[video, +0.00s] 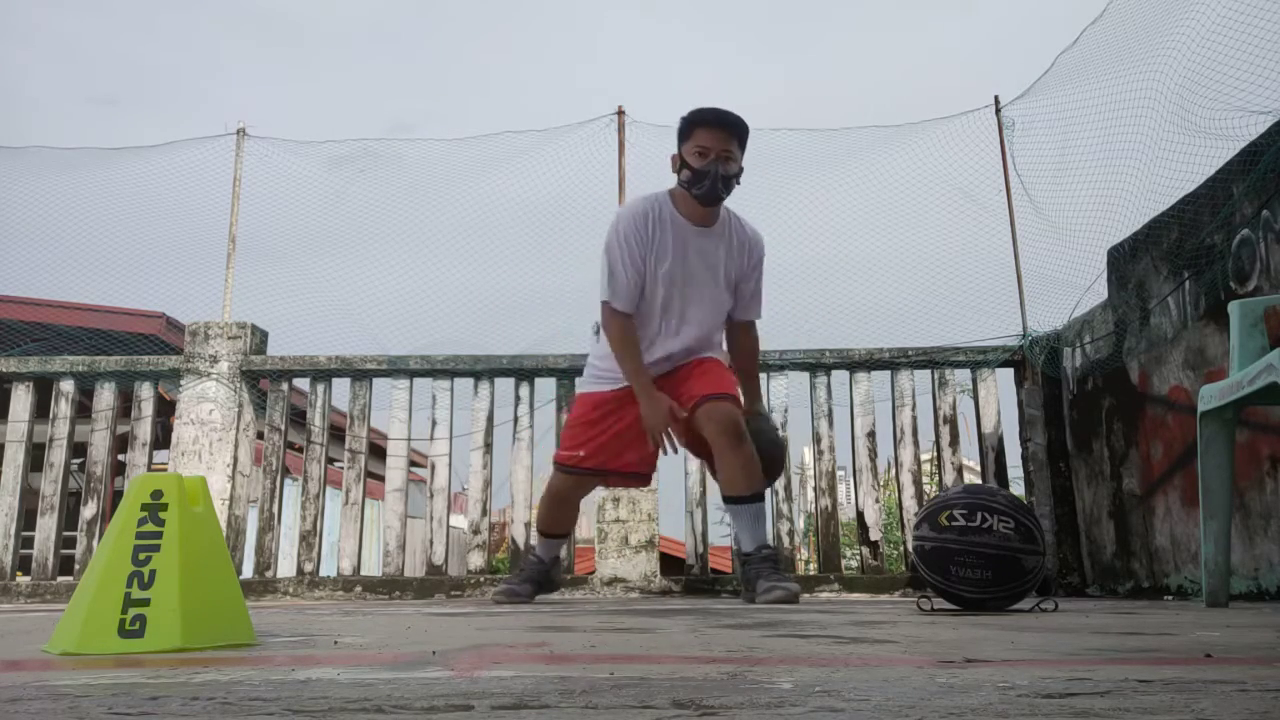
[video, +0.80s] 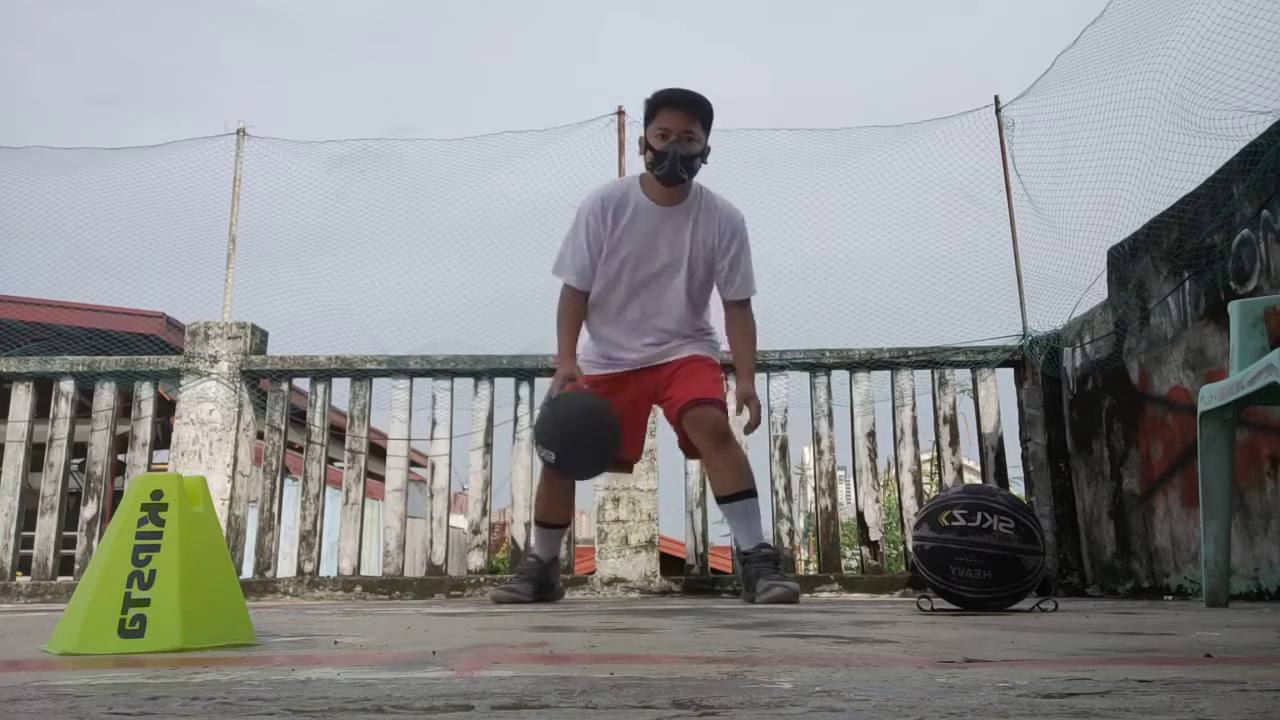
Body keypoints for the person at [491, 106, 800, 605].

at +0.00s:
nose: (713, 169)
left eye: (726, 159)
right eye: (701, 155)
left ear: (739, 169)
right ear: (678, 160)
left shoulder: (745, 243)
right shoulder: (637, 220)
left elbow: (743, 330)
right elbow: (616, 315)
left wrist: (755, 412)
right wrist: (646, 391)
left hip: (693, 362)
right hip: (620, 363)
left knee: (728, 422)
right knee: (569, 475)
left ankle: (758, 564)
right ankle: (542, 565)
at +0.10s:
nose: (724, 166)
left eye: (736, 157)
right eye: (712, 153)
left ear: (748, 167)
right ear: (687, 159)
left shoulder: (750, 232)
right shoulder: (646, 219)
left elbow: (759, 302)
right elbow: (619, 310)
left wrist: (797, 355)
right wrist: (669, 369)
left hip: (699, 358)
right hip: (626, 361)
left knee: (730, 425)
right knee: (577, 475)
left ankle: (759, 564)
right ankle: (542, 563)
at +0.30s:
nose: (703, 150)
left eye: (715, 141)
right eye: (692, 138)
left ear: (729, 150)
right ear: (669, 143)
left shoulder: (739, 216)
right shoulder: (632, 209)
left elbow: (753, 300)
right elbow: (641, 301)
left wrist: (760, 364)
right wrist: (690, 355)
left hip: (696, 351)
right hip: (620, 354)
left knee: (730, 434)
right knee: (574, 462)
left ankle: (760, 565)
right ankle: (543, 563)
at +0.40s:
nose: (681, 148)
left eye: (693, 138)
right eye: (669, 136)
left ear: (708, 146)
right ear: (648, 141)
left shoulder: (721, 213)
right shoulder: (615, 208)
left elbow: (718, 304)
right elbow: (621, 300)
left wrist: (692, 373)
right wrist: (639, 380)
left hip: (687, 358)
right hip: (614, 359)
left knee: (718, 433)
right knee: (568, 460)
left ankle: (761, 564)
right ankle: (541, 568)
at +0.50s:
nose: (659, 153)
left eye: (672, 143)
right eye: (648, 141)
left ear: (689, 151)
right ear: (630, 145)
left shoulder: (707, 221)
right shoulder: (595, 216)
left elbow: (706, 316)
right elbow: (574, 303)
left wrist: (672, 372)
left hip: (680, 359)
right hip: (602, 364)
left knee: (710, 429)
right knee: (558, 441)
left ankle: (759, 563)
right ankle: (541, 568)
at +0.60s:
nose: (647, 159)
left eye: (661, 149)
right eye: (637, 147)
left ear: (679, 157)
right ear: (619, 150)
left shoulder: (702, 225)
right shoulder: (585, 219)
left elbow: (719, 312)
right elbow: (549, 289)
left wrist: (697, 361)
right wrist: (506, 323)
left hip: (678, 359)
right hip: (603, 364)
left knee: (705, 430)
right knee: (552, 451)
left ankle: (758, 561)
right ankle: (541, 566)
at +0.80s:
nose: (673, 149)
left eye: (686, 140)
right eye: (662, 136)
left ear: (704, 148)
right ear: (643, 139)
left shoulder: (722, 221)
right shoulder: (602, 208)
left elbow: (737, 305)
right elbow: (574, 290)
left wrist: (746, 378)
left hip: (685, 354)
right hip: (607, 359)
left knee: (711, 426)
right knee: (564, 443)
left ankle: (758, 563)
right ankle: (541, 568)